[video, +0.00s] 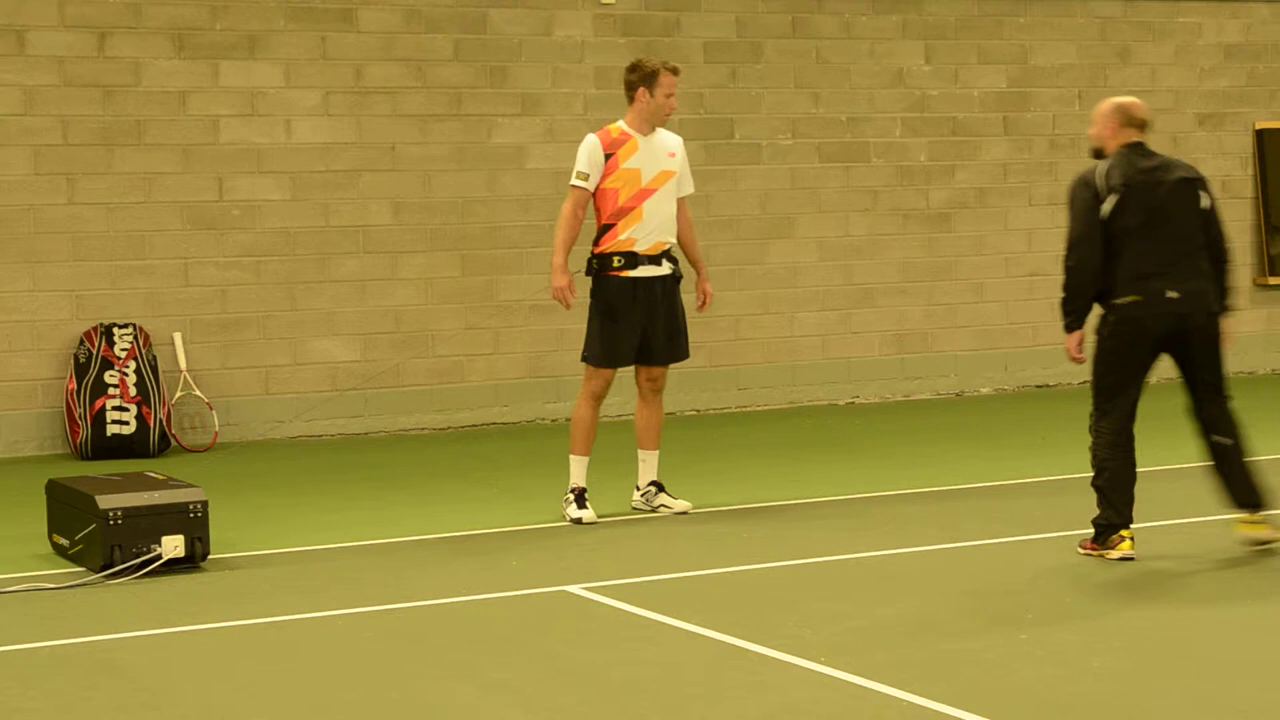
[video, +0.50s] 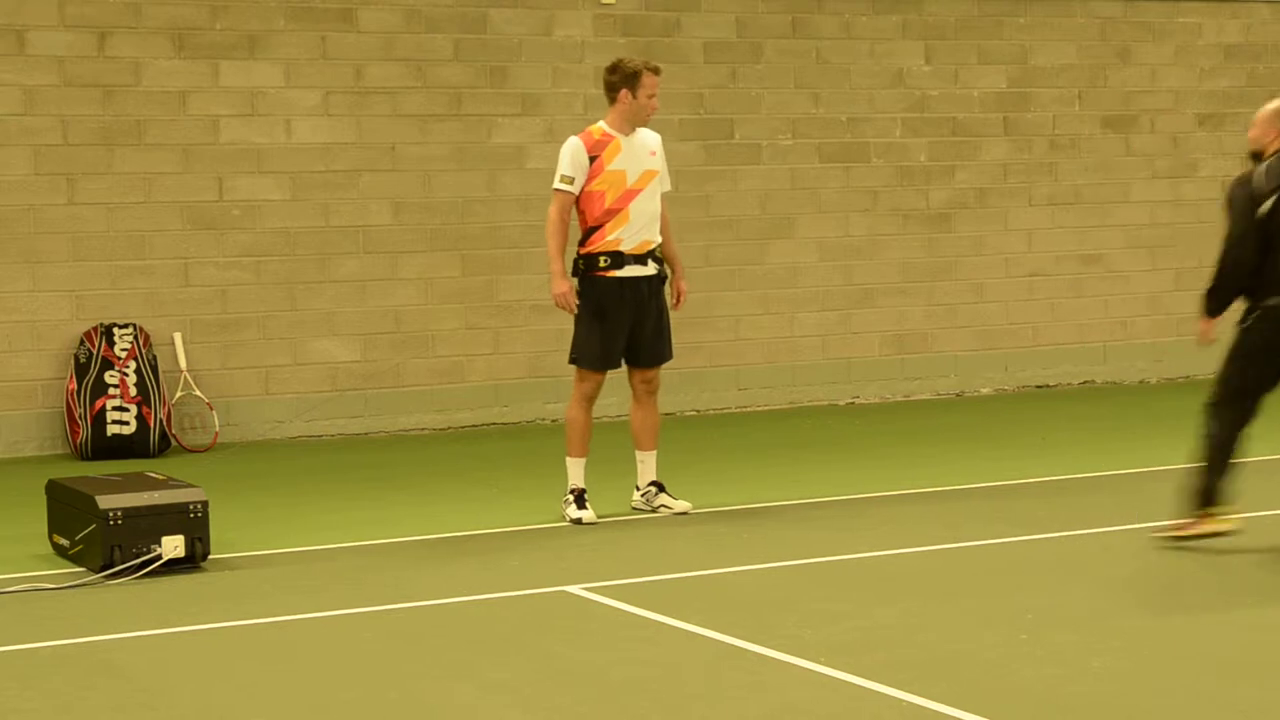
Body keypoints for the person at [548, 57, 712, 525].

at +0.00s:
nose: (675, 104)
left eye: (676, 95)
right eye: (669, 96)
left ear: (658, 98)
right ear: (642, 96)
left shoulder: (673, 146)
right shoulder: (599, 144)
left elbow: (682, 215)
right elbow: (574, 208)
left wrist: (700, 269)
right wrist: (559, 267)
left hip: (662, 280)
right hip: (615, 281)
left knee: (652, 382)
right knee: (596, 385)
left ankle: (648, 487)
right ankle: (577, 490)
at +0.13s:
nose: (672, 104)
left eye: (672, 96)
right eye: (666, 96)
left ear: (653, 98)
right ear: (639, 96)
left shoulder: (668, 146)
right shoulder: (596, 144)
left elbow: (675, 214)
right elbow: (571, 209)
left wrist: (694, 269)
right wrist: (560, 269)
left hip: (659, 280)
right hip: (611, 282)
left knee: (651, 383)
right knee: (594, 386)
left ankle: (647, 487)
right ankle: (577, 491)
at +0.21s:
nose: (668, 104)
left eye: (669, 96)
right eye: (662, 97)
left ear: (650, 98)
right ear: (635, 96)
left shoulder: (664, 145)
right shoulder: (592, 144)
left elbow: (671, 215)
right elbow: (567, 210)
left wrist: (688, 269)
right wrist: (561, 271)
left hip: (656, 280)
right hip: (609, 282)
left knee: (649, 383)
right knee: (592, 387)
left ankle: (647, 487)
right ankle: (576, 491)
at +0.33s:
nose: (662, 105)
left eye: (663, 97)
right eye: (657, 97)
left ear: (644, 98)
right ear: (629, 96)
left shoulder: (657, 145)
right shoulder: (586, 145)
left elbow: (663, 214)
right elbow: (562, 213)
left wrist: (680, 270)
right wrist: (561, 274)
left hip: (652, 281)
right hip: (604, 282)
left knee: (647, 384)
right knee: (589, 387)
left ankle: (647, 487)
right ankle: (576, 492)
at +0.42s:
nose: (658, 104)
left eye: (659, 97)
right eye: (653, 97)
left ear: (640, 98)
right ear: (626, 96)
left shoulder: (654, 145)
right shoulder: (583, 146)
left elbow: (661, 215)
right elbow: (559, 215)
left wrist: (677, 269)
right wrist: (560, 275)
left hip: (650, 280)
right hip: (602, 282)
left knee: (647, 384)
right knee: (588, 387)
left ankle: (647, 487)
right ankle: (576, 492)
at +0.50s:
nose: (656, 104)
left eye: (657, 97)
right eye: (651, 96)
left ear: (637, 98)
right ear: (623, 96)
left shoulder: (652, 144)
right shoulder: (581, 147)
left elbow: (659, 214)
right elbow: (558, 215)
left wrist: (676, 268)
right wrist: (558, 275)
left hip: (649, 281)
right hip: (601, 283)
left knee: (646, 384)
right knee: (587, 387)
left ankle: (647, 487)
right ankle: (576, 493)